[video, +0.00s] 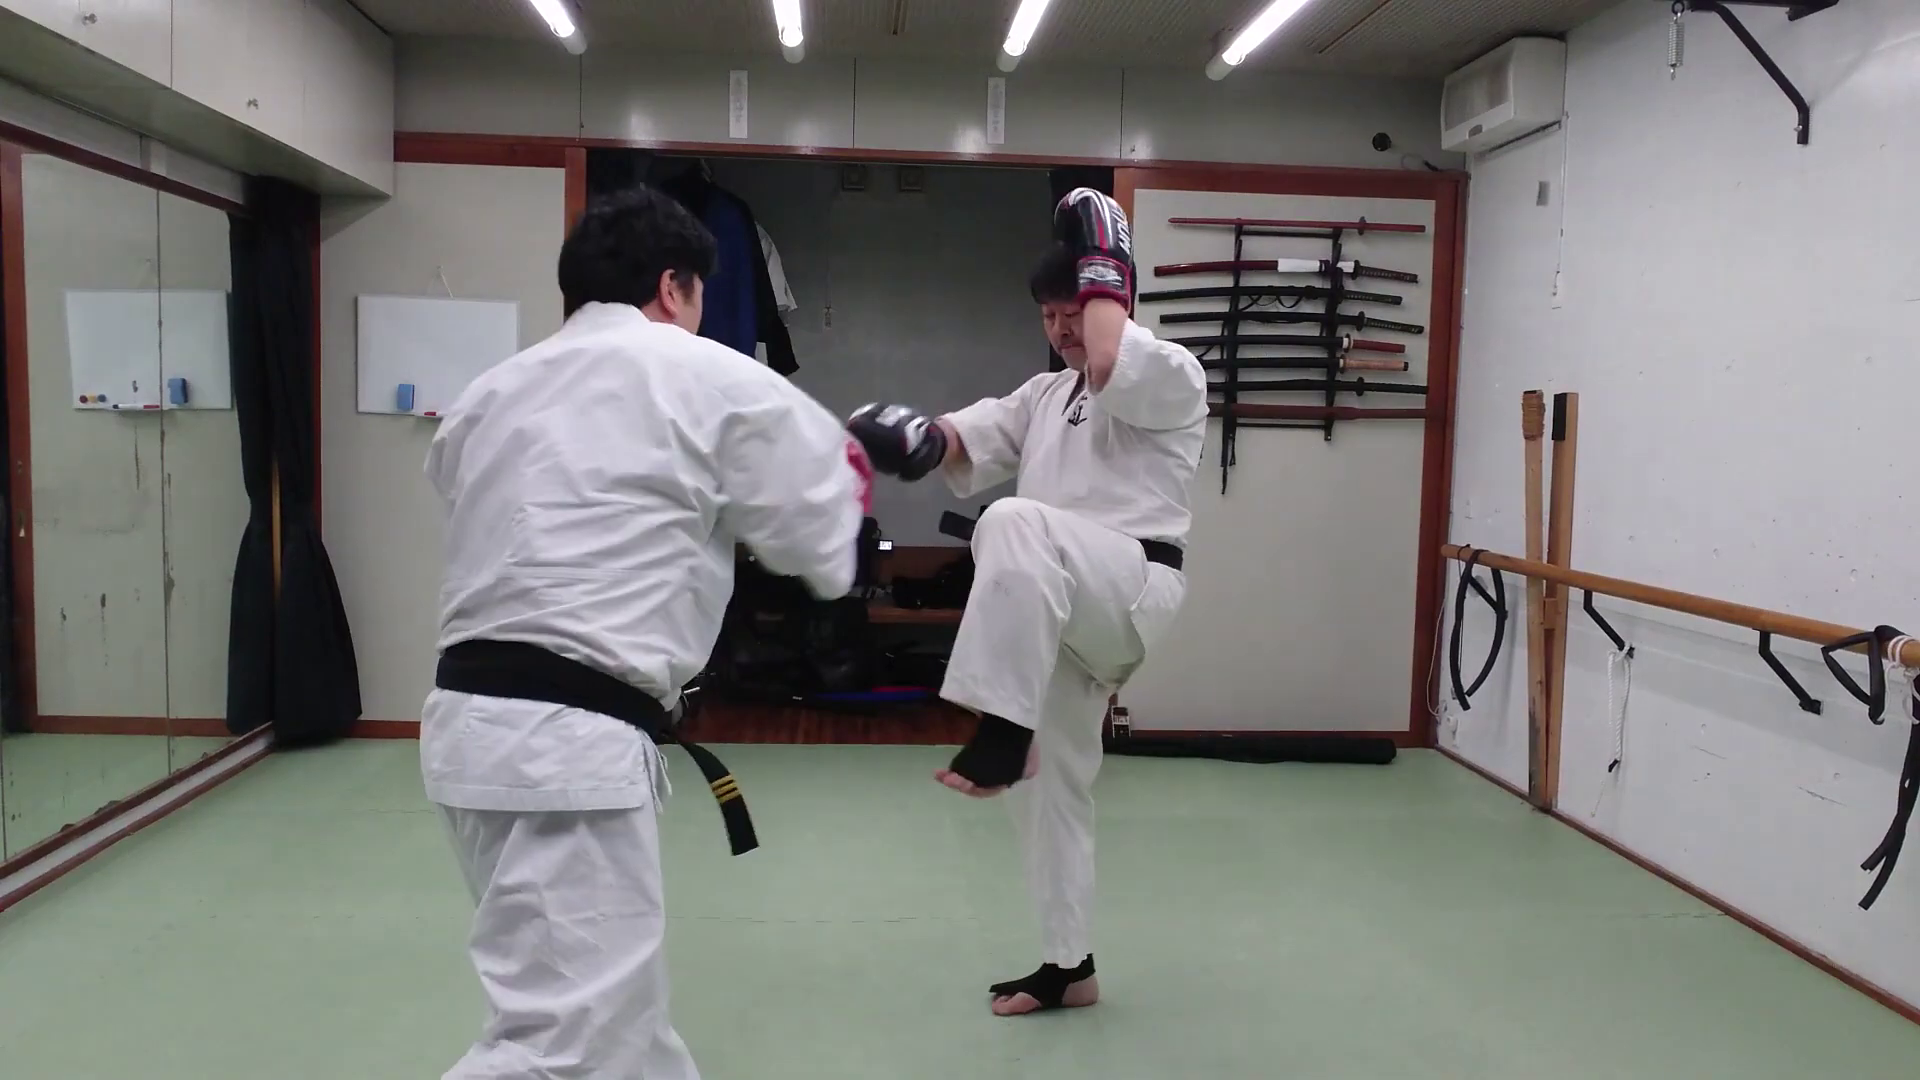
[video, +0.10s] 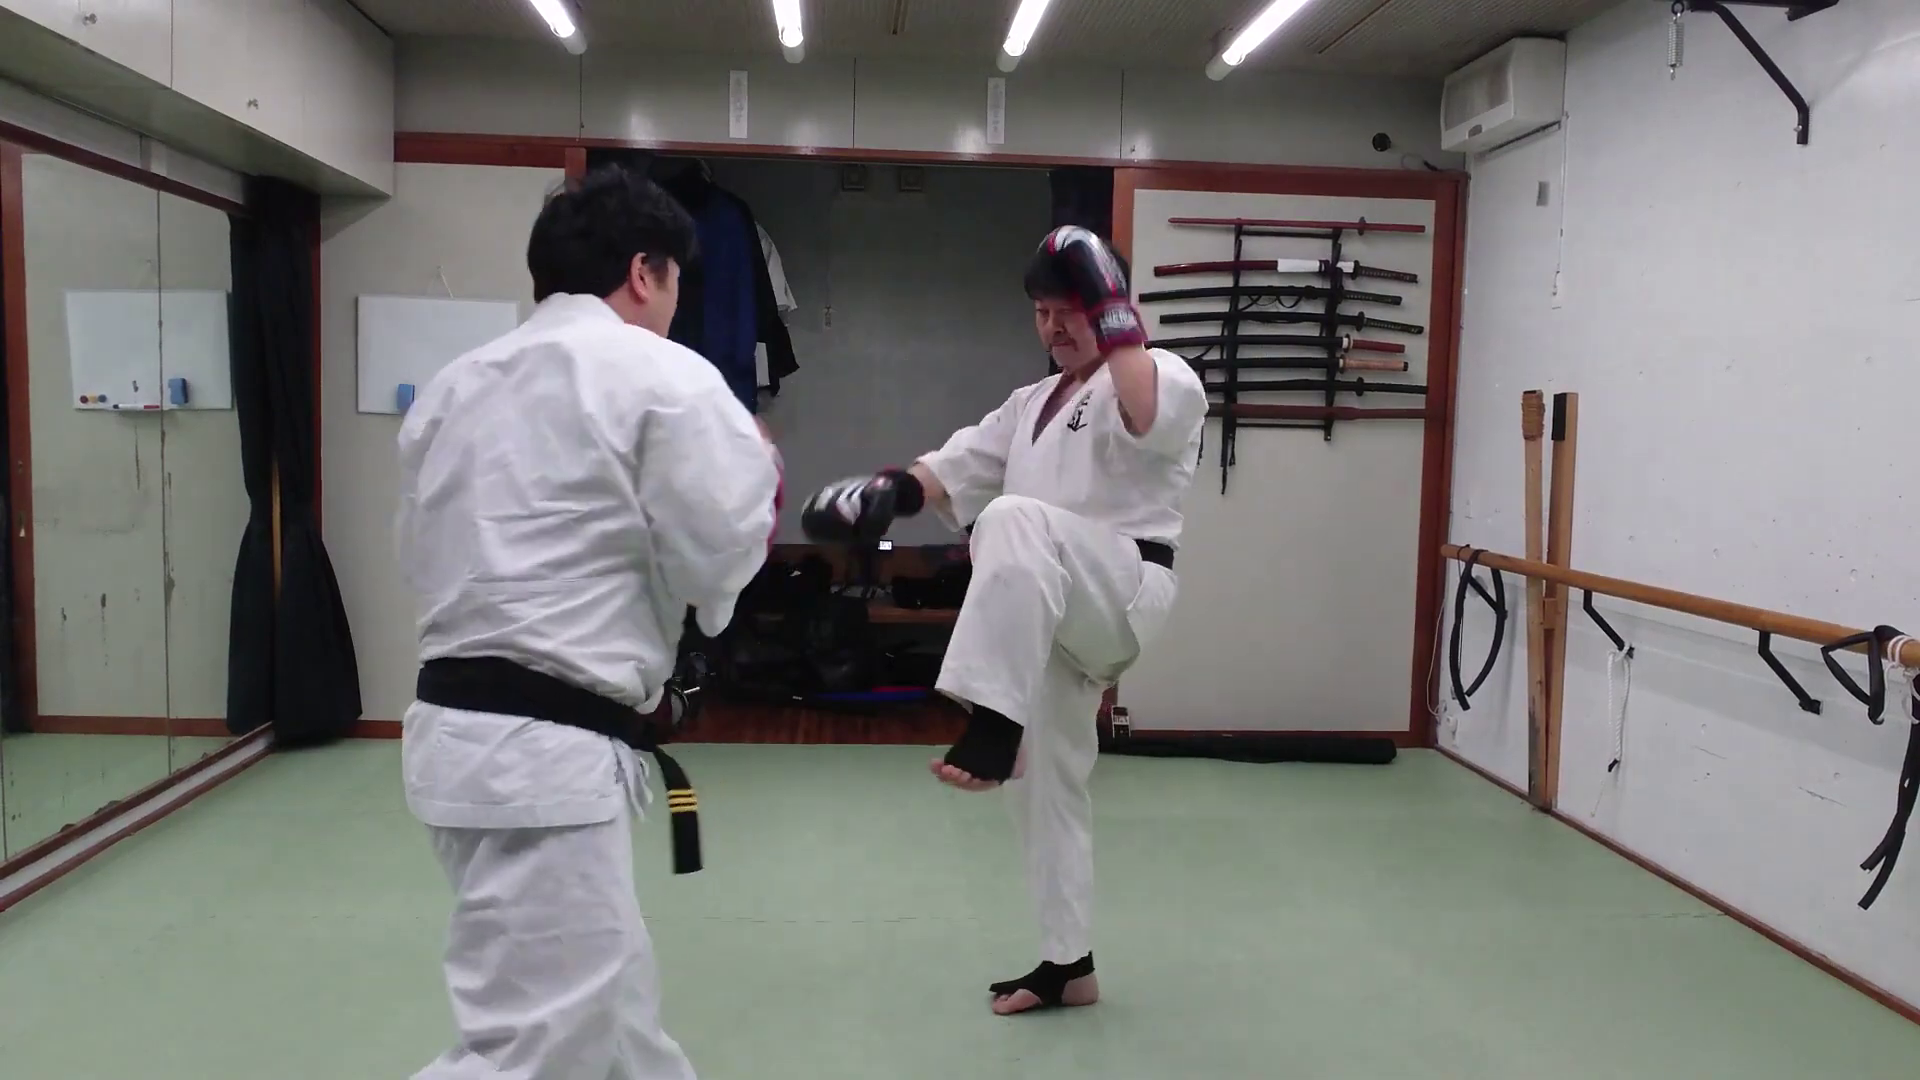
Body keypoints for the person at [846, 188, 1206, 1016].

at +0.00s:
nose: (1059, 325)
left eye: (1071, 310)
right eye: (1049, 313)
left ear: (1109, 308)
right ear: (1040, 319)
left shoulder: (1170, 381)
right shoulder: (1045, 394)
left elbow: (1109, 361)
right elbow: (970, 433)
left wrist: (1105, 264)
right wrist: (917, 438)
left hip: (1139, 588)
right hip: (1058, 586)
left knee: (1017, 522)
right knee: (1056, 780)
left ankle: (1006, 728)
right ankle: (1067, 965)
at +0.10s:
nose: (1053, 324)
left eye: (1067, 308)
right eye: (1042, 310)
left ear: (1110, 310)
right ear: (1033, 316)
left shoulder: (1163, 379)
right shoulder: (1030, 404)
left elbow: (1153, 422)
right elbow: (953, 466)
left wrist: (1115, 314)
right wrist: (887, 489)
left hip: (1132, 590)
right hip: (1047, 589)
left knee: (1017, 521)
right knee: (1051, 780)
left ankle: (995, 726)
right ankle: (1067, 962)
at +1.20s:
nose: (992, 381)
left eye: (1000, 365)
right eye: (988, 371)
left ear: (1053, 355)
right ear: (1057, 364)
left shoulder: (1043, 397)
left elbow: (1041, 470)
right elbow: (982, 536)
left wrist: (1085, 553)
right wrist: (889, 515)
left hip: (960, 567)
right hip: (981, 640)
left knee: (802, 555)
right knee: (906, 813)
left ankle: (627, 513)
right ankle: (942, 1011)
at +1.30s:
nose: (993, 364)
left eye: (1003, 346)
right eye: (988, 352)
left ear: (1054, 338)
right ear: (1049, 350)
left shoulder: (1053, 390)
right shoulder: (1029, 422)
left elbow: (1036, 477)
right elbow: (963, 545)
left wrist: (1036, 558)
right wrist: (880, 520)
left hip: (962, 573)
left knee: (814, 644)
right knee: (910, 814)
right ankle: (943, 1009)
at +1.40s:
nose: (993, 343)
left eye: (1002, 324)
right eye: (988, 330)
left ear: (1055, 316)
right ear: (1046, 326)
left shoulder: (1062, 389)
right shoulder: (1048, 401)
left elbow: (1038, 516)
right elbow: (986, 522)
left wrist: (964, 544)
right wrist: (893, 530)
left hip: (972, 602)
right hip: (1002, 618)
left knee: (853, 752)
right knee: (946, 813)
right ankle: (944, 1010)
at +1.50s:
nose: (987, 327)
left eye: (996, 306)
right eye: (983, 312)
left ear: (1048, 299)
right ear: (1042, 307)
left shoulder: (1080, 377)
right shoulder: (1035, 392)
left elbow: (1045, 484)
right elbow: (971, 509)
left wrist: (946, 431)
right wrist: (898, 472)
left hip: (998, 593)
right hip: (982, 592)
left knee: (914, 807)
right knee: (957, 811)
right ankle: (953, 1016)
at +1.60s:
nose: (988, 327)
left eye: (995, 309)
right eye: (984, 314)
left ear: (1044, 296)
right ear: (1043, 299)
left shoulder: (1075, 366)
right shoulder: (1030, 379)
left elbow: (953, 391)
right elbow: (932, 465)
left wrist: (897, 329)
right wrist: (882, 385)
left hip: (1038, 622)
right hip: (1001, 621)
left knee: (993, 828)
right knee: (947, 808)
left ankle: (1025, 1046)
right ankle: (953, 1003)